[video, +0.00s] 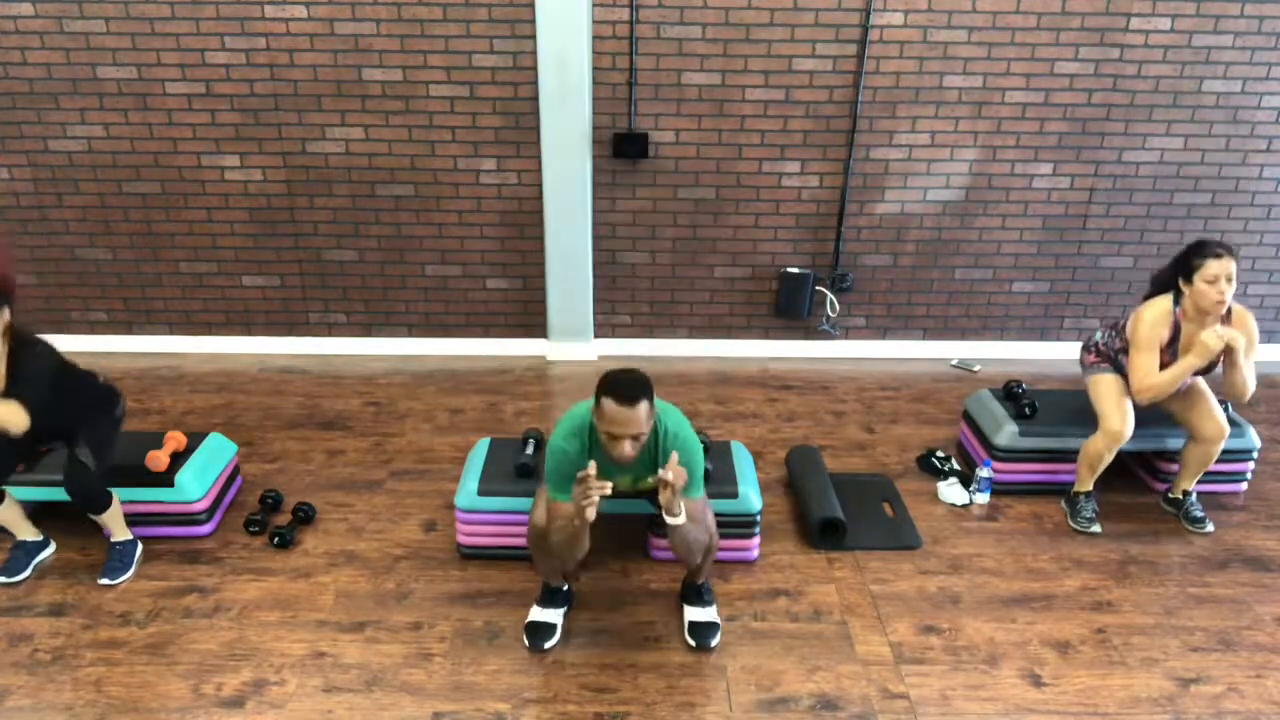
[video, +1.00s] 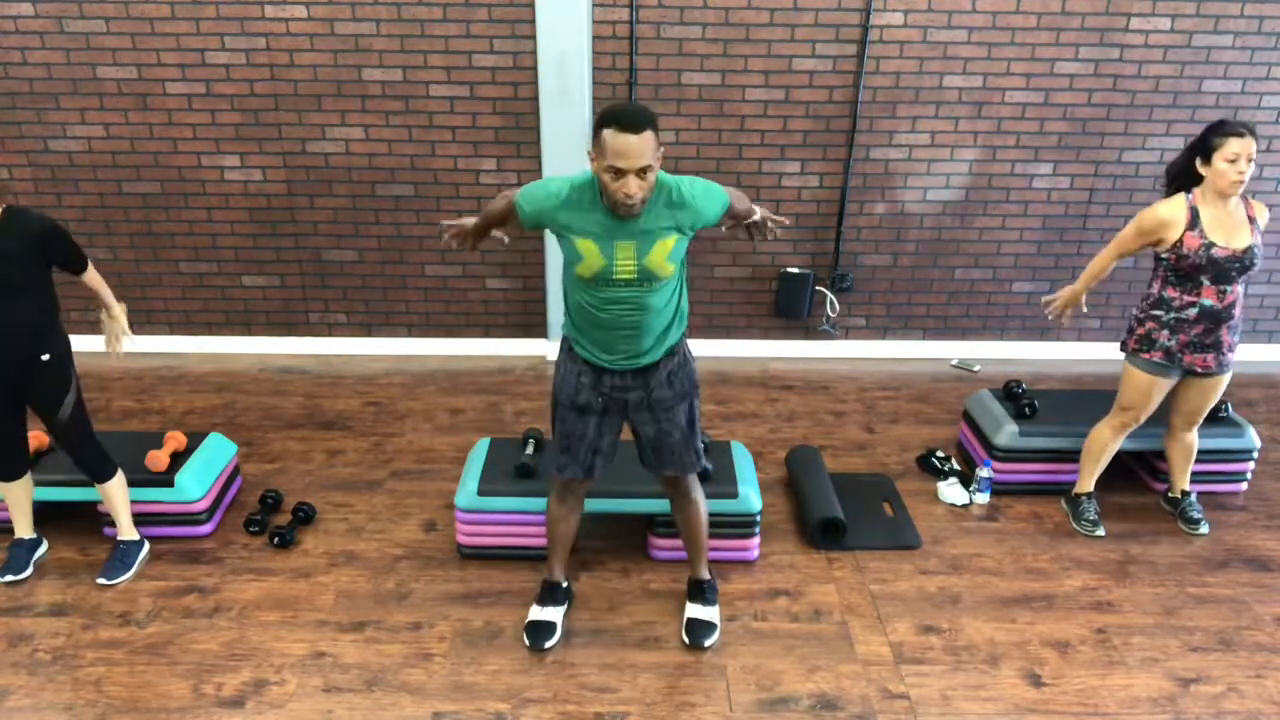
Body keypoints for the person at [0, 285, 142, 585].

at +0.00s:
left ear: (6, 316)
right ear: (4, 316)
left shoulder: (31, 352)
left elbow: (19, 418)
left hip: (94, 409)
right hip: (43, 418)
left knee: (78, 480)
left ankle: (124, 540)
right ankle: (30, 539)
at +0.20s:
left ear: (6, 340)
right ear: (5, 339)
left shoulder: (35, 370)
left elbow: (25, 443)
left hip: (99, 419)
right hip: (50, 426)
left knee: (78, 487)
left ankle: (124, 541)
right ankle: (31, 539)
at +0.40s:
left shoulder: (19, 325)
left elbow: (34, 392)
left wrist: (2, 424)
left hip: (82, 390)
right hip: (33, 401)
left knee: (70, 480)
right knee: (0, 477)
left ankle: (126, 541)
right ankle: (25, 539)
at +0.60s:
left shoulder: (11, 257)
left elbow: (55, 332)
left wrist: (53, 411)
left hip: (59, 361)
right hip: (12, 372)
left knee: (76, 456)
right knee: (3, 459)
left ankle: (129, 538)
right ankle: (24, 537)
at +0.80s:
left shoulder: (17, 229)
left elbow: (72, 284)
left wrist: (108, 347)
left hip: (45, 353)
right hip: (3, 364)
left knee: (83, 446)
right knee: (8, 454)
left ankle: (130, 538)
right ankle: (25, 538)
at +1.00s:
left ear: (3, 196)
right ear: (4, 196)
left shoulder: (29, 227)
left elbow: (84, 269)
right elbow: (85, 269)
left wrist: (114, 306)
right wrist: (114, 306)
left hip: (41, 359)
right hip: (1, 371)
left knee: (84, 449)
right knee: (8, 458)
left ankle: (130, 538)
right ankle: (25, 539)